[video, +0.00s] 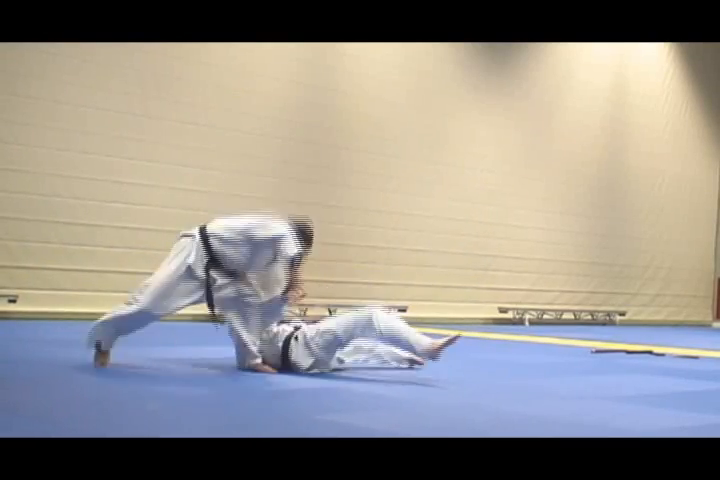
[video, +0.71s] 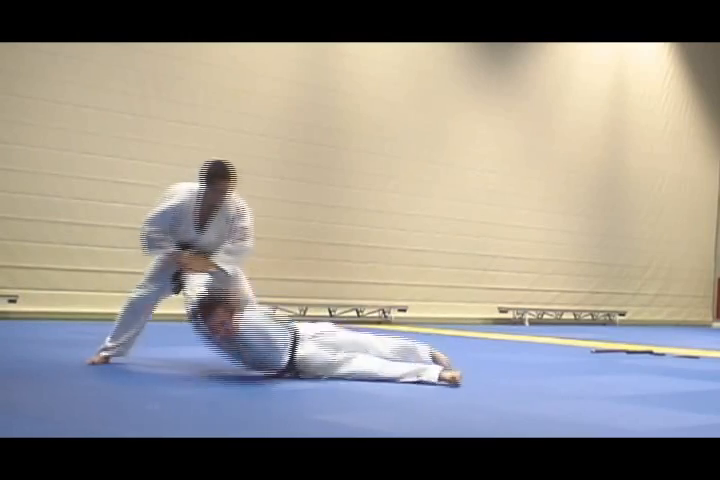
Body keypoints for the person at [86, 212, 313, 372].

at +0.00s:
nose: (296, 255)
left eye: (299, 253)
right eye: (299, 251)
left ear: (296, 238)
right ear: (299, 238)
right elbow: (291, 257)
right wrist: (293, 287)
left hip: (221, 273)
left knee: (248, 303)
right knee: (149, 307)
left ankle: (250, 359)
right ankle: (104, 338)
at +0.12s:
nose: (282, 276)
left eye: (286, 273)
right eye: (282, 272)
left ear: (281, 262)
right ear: (275, 263)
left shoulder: (271, 261)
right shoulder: (248, 264)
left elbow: (279, 290)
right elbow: (235, 305)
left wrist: (280, 304)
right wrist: (266, 309)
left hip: (214, 281)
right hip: (183, 264)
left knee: (246, 308)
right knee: (146, 311)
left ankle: (249, 358)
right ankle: (106, 337)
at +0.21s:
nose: (268, 267)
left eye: (272, 263)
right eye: (267, 262)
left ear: (269, 255)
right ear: (258, 255)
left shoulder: (260, 252)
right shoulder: (230, 256)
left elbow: (267, 280)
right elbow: (190, 276)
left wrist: (261, 304)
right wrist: (192, 309)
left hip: (207, 276)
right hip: (172, 268)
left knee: (242, 307)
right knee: (138, 316)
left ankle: (250, 360)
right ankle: (105, 350)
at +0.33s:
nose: (224, 240)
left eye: (228, 236)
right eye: (220, 235)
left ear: (231, 232)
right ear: (209, 229)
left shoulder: (229, 244)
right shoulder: (178, 235)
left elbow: (227, 281)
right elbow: (159, 271)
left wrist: (201, 308)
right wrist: (170, 303)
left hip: (207, 280)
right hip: (169, 274)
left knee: (237, 308)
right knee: (129, 311)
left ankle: (255, 360)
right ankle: (113, 354)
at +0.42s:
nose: (199, 221)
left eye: (202, 216)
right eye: (194, 217)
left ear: (206, 212)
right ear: (181, 214)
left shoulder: (213, 227)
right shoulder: (159, 223)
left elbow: (211, 266)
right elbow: (151, 263)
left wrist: (194, 295)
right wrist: (166, 292)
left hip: (200, 274)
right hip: (162, 272)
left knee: (232, 305)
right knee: (126, 305)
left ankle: (256, 359)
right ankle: (112, 354)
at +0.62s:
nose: (205, 193)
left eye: (207, 188)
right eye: (199, 189)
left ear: (210, 186)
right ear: (184, 188)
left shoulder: (219, 207)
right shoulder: (163, 201)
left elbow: (229, 245)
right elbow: (137, 233)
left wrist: (193, 261)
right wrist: (156, 261)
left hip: (205, 263)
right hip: (168, 260)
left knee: (229, 304)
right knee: (135, 298)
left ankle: (258, 357)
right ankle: (109, 352)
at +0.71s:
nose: (223, 195)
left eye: (226, 189)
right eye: (217, 189)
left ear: (231, 186)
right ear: (205, 185)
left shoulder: (237, 208)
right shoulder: (182, 198)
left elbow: (242, 245)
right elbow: (150, 231)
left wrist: (210, 263)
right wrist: (180, 257)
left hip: (220, 261)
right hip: (177, 257)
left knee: (246, 303)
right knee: (142, 298)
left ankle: (265, 357)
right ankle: (109, 350)